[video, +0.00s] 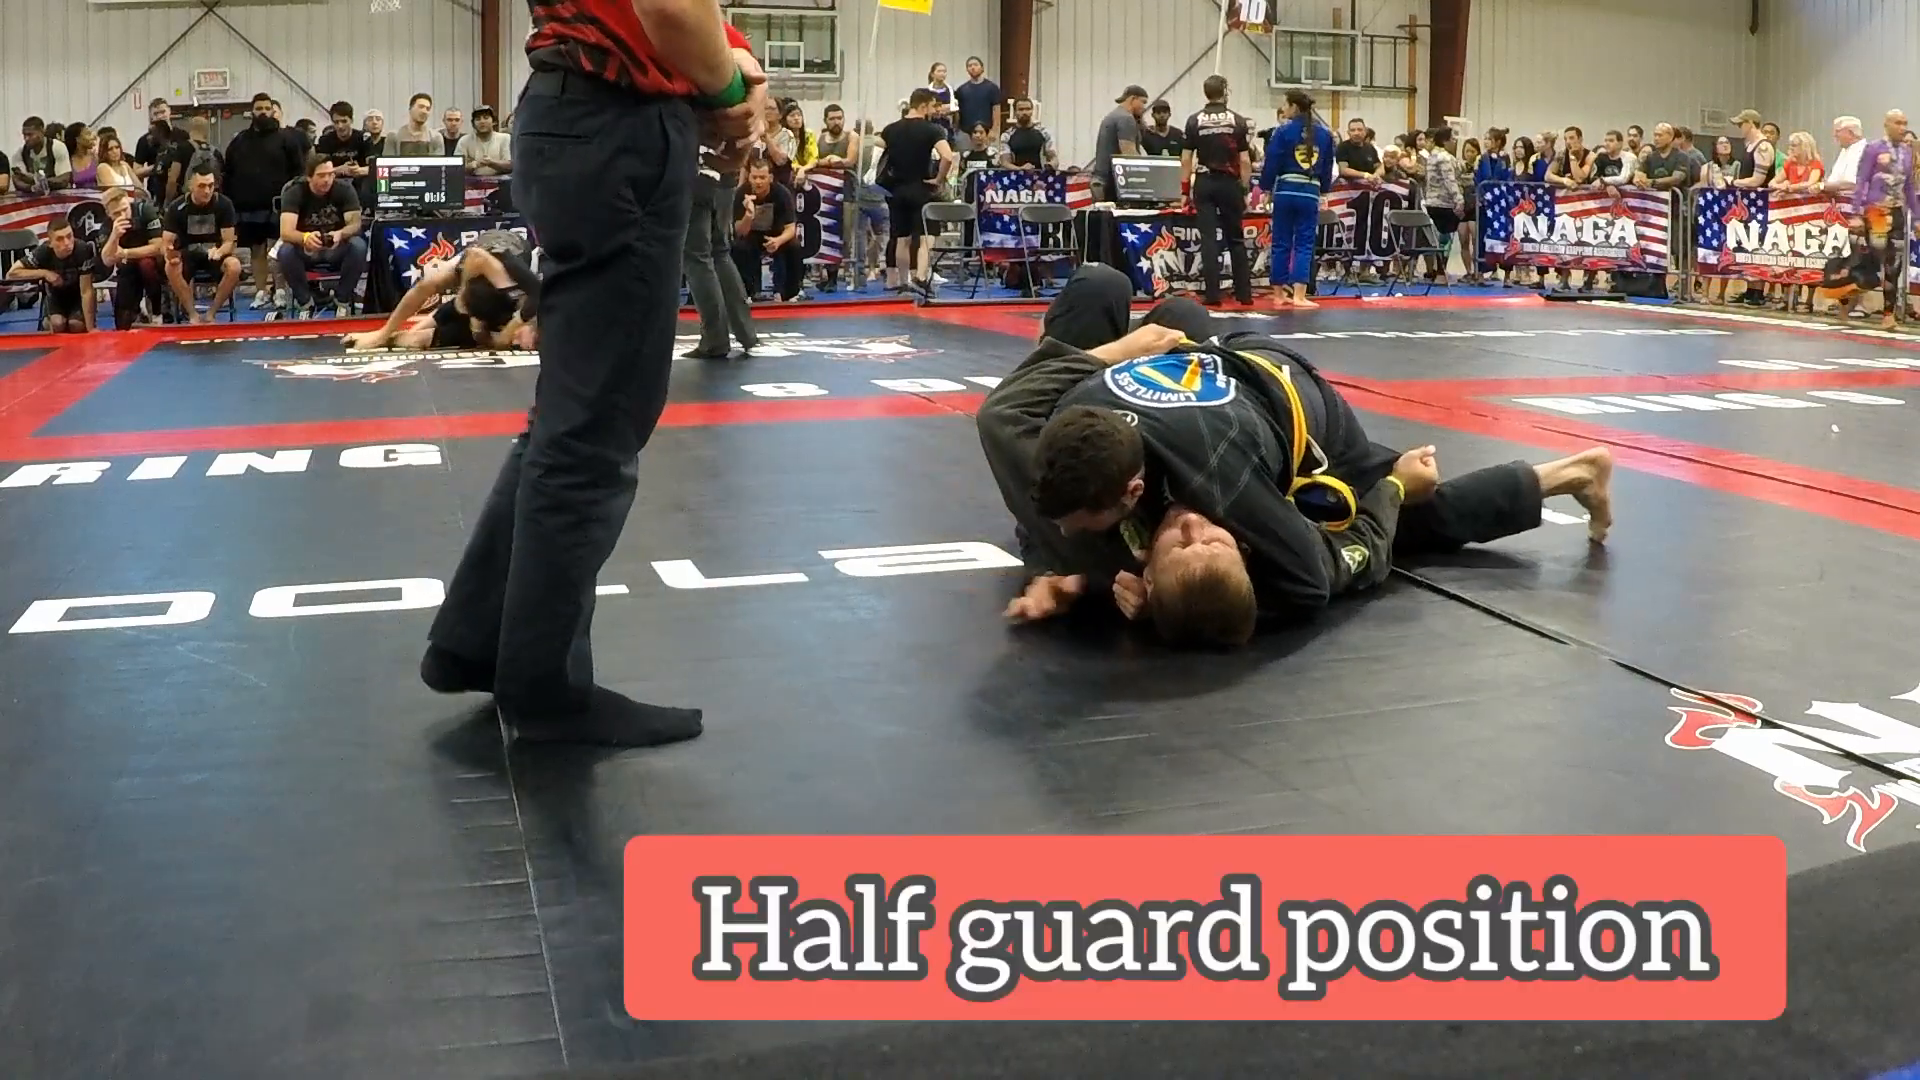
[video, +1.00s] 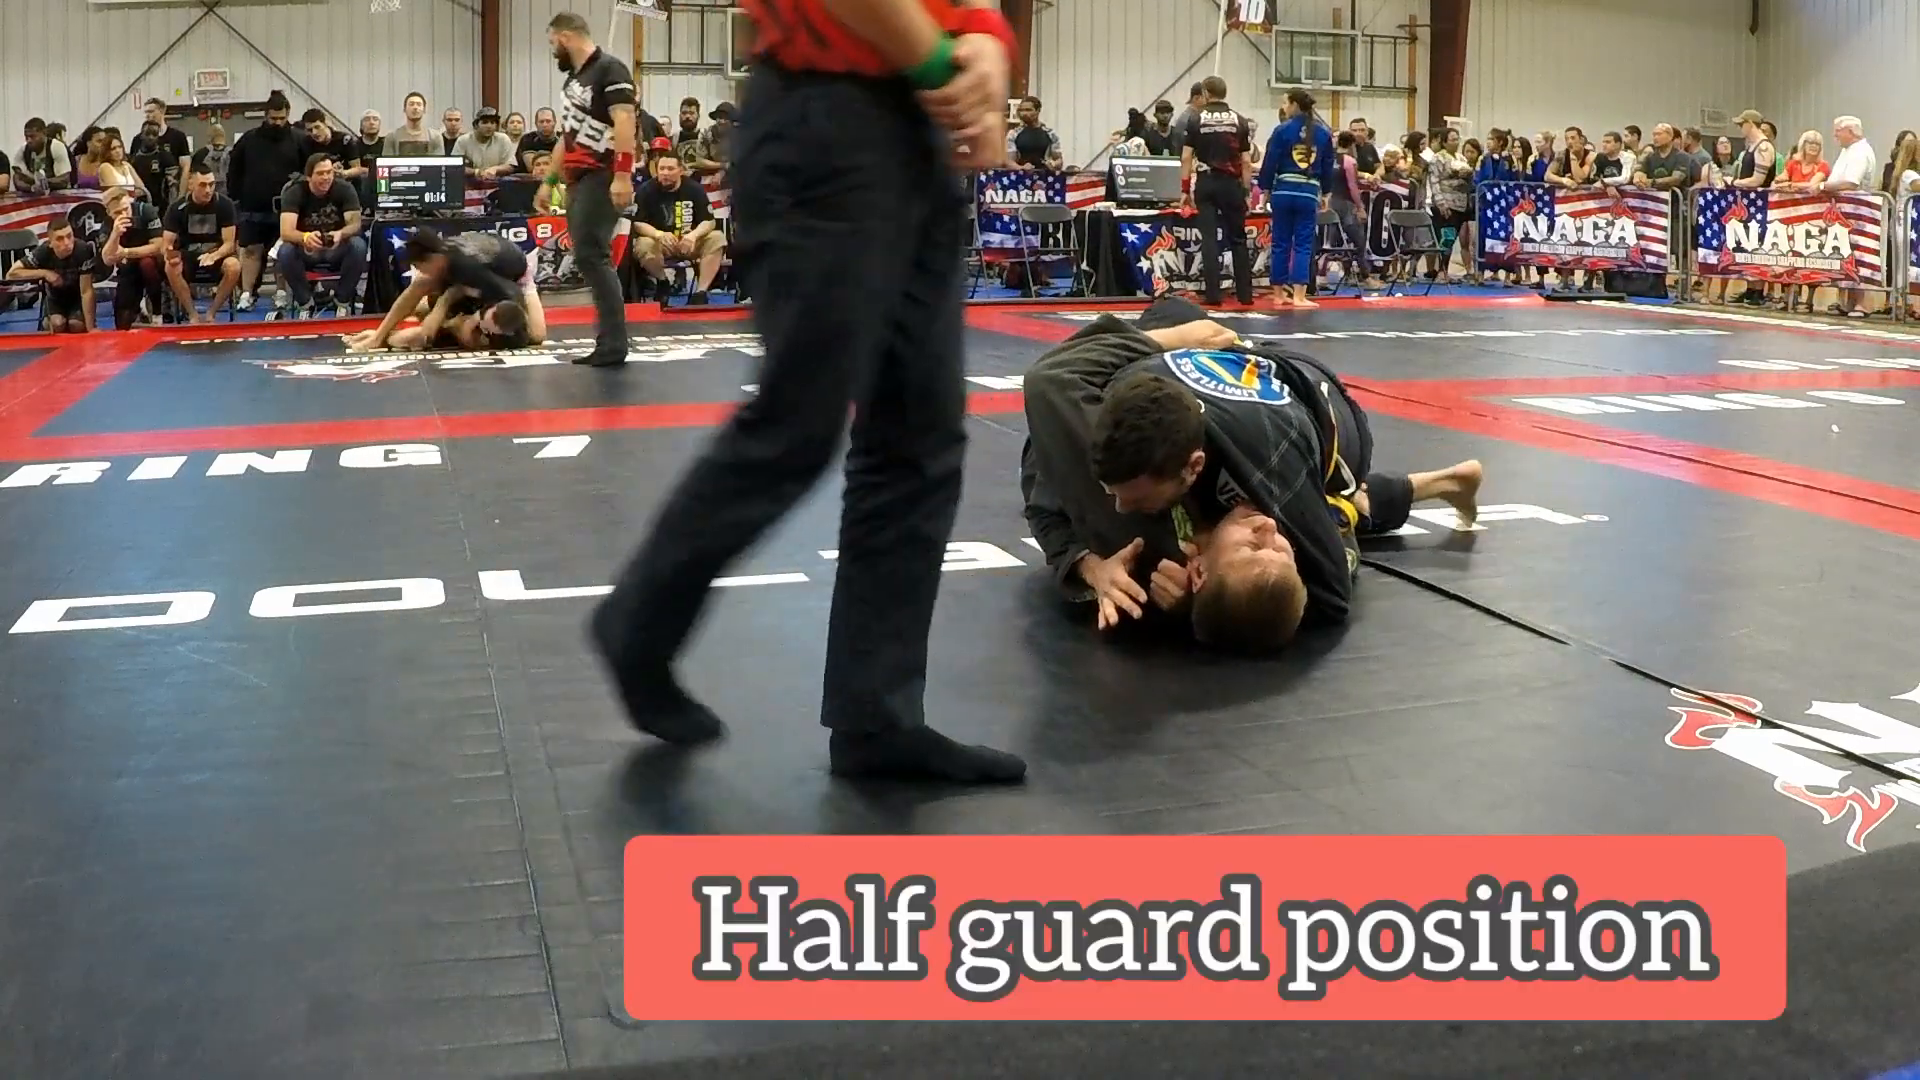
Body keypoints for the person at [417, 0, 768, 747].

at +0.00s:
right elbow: (672, 9)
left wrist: (724, 71)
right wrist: (729, 84)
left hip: (583, 106)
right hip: (618, 119)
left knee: (578, 408)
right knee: (598, 423)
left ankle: (472, 640)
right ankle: (545, 689)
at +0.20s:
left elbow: (704, 13)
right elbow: (662, 9)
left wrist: (761, 70)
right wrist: (736, 88)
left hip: (659, 115)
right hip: (619, 117)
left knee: (693, 386)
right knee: (605, 424)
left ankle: (520, 599)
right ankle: (549, 688)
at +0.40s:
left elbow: (735, 11)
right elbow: (665, 6)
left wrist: (781, 63)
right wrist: (754, 88)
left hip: (702, 121)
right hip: (629, 117)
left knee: (767, 388)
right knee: (614, 426)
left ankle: (673, 651)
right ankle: (550, 688)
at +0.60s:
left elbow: (794, 12)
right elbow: (684, 7)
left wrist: (823, 60)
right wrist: (786, 85)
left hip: (753, 127)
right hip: (663, 121)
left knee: (825, 404)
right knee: (631, 424)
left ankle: (839, 697)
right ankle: (559, 676)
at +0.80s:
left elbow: (885, 9)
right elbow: (756, 7)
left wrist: (904, 52)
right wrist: (862, 79)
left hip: (836, 128)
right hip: (733, 120)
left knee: (875, 432)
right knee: (680, 429)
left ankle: (875, 721)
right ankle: (576, 652)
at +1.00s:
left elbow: (972, 4)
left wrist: (989, 42)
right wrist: (950, 75)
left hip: (918, 120)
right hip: (821, 110)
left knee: (915, 446)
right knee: (796, 423)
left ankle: (874, 723)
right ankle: (634, 627)